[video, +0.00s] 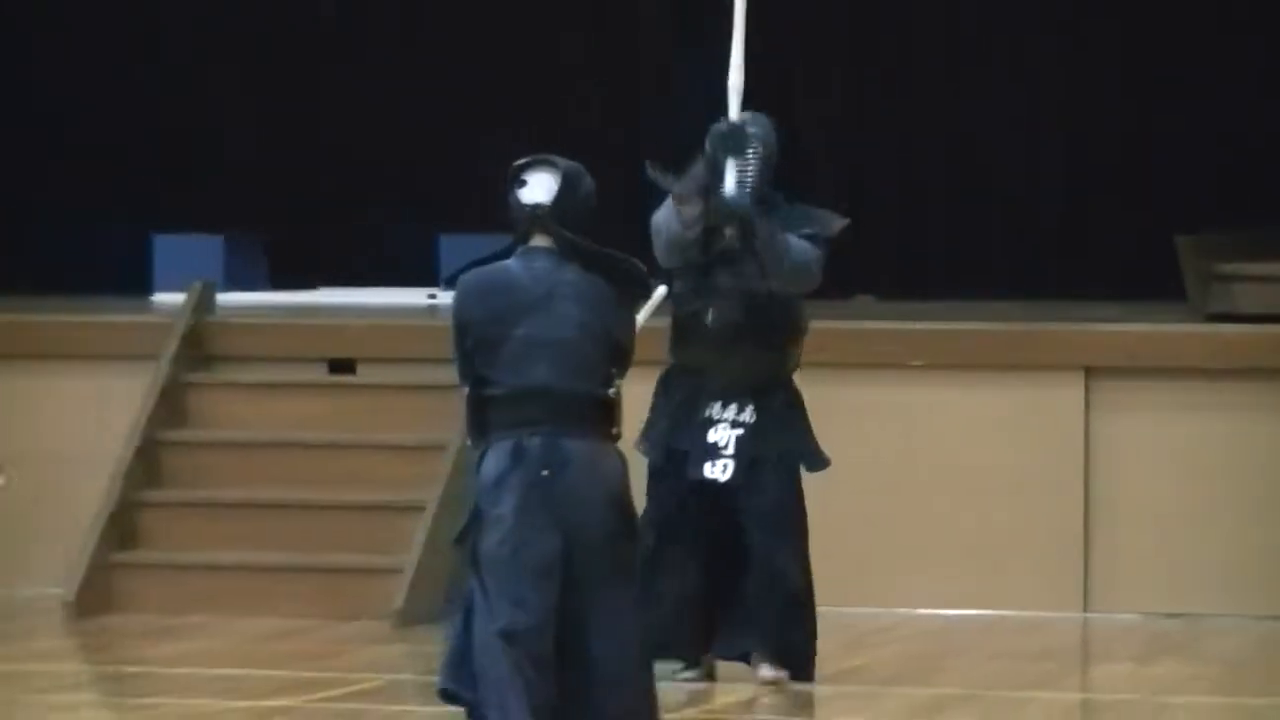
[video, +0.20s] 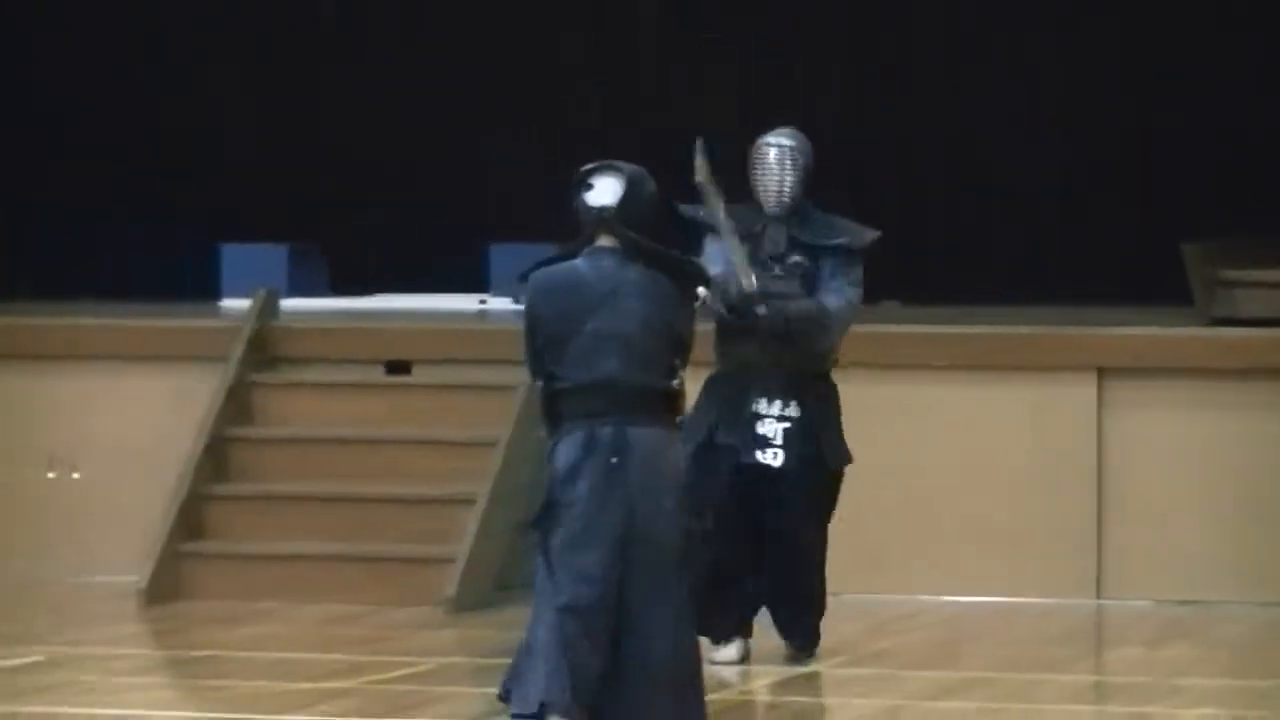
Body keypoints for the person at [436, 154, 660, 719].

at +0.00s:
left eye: (521, 206)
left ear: (517, 214)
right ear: (579, 218)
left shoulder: (476, 286)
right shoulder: (603, 292)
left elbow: (471, 372)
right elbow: (619, 361)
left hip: (509, 456)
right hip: (591, 456)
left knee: (512, 617)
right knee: (608, 611)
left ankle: (512, 710)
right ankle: (616, 709)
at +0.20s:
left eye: (582, 212)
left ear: (584, 217)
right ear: (644, 220)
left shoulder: (546, 283)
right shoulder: (669, 288)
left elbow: (540, 364)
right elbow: (675, 363)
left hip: (581, 435)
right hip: (657, 438)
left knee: (576, 572)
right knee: (656, 575)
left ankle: (556, 699)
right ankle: (656, 700)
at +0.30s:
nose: (628, 221)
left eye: (627, 212)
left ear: (625, 217)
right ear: (683, 220)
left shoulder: (589, 282)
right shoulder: (709, 284)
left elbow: (583, 359)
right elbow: (718, 352)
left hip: (622, 430)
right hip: (697, 431)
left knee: (619, 565)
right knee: (696, 570)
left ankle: (592, 694)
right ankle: (692, 699)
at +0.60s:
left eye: (676, 222)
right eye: (722, 225)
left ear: (671, 227)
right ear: (725, 228)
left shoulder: (638, 287)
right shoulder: (750, 287)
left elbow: (628, 359)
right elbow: (753, 352)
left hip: (668, 425)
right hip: (735, 425)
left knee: (673, 540)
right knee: (739, 540)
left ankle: (678, 667)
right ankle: (734, 670)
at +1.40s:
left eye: (706, 282)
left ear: (700, 285)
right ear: (737, 289)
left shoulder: (671, 331)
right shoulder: (751, 332)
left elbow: (665, 393)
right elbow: (765, 381)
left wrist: (681, 419)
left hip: (696, 434)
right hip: (747, 432)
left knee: (691, 511)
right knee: (746, 517)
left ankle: (705, 587)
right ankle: (749, 602)